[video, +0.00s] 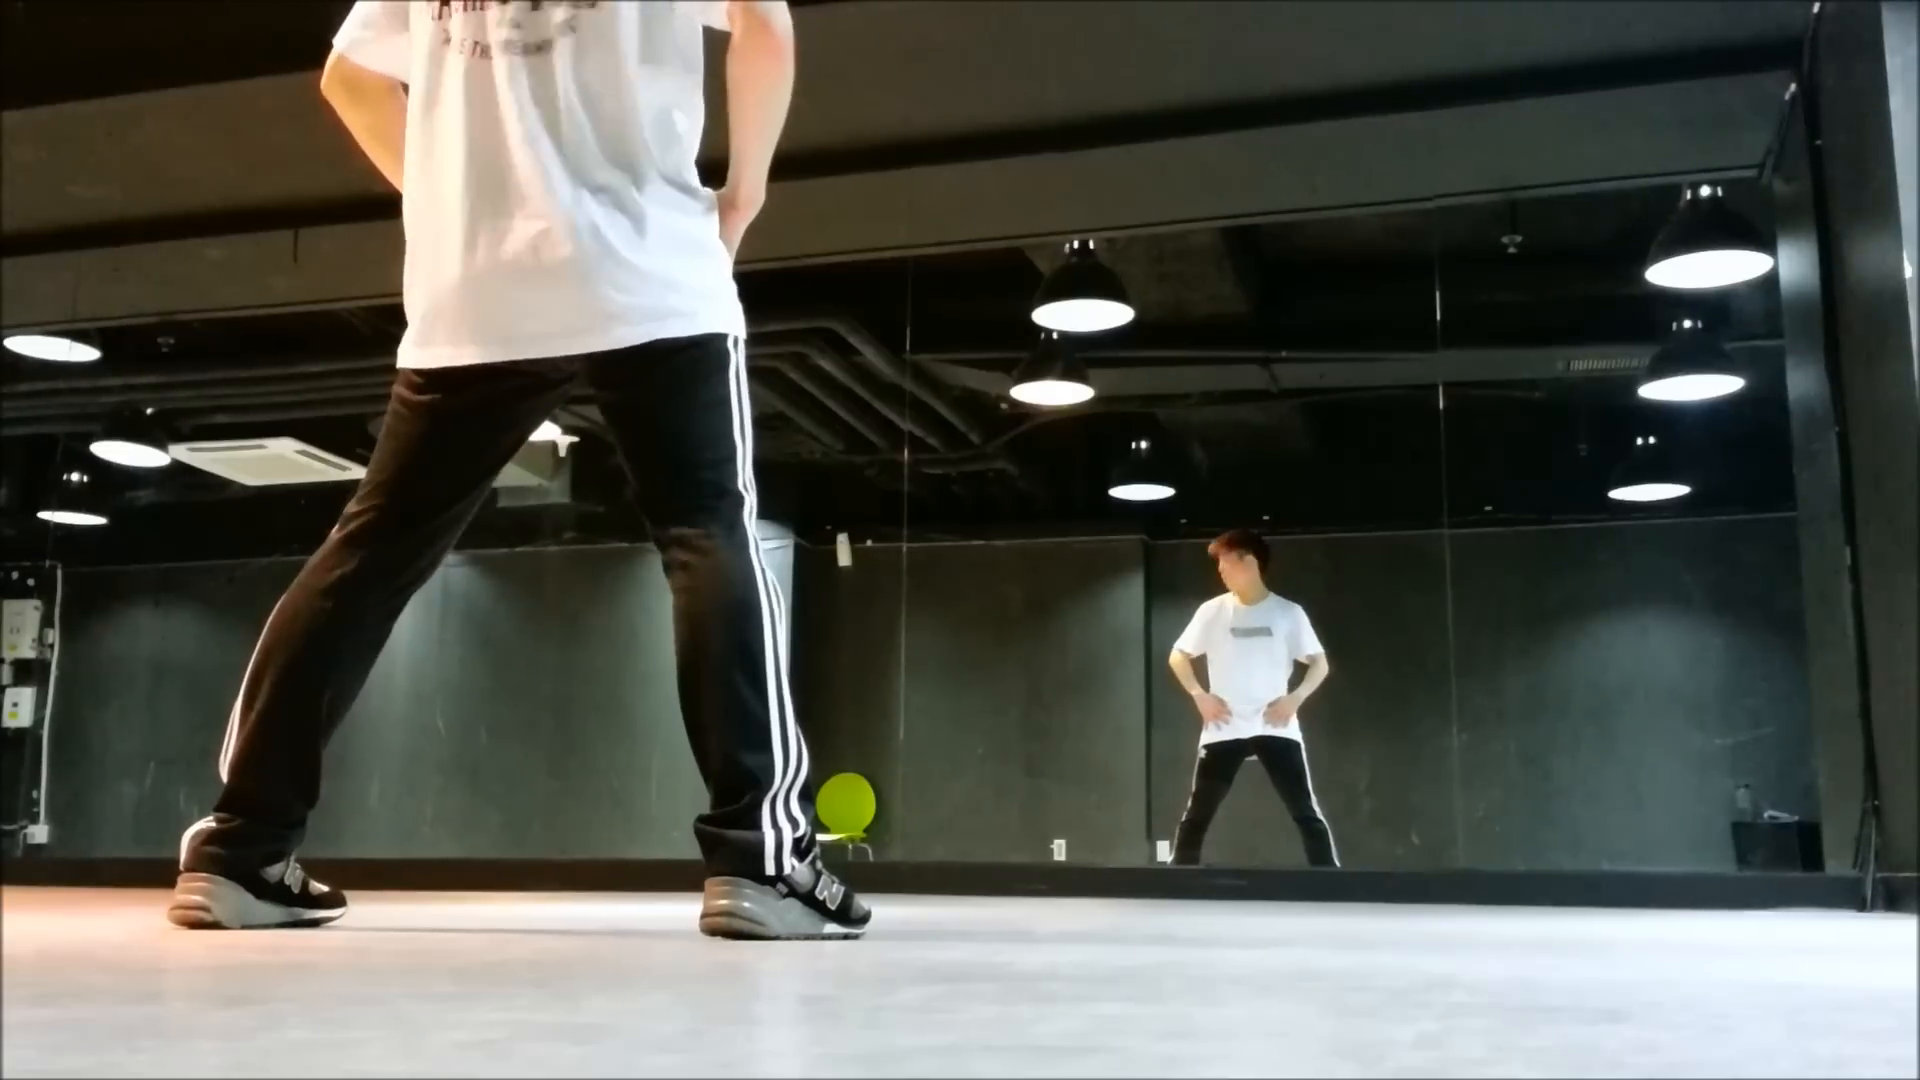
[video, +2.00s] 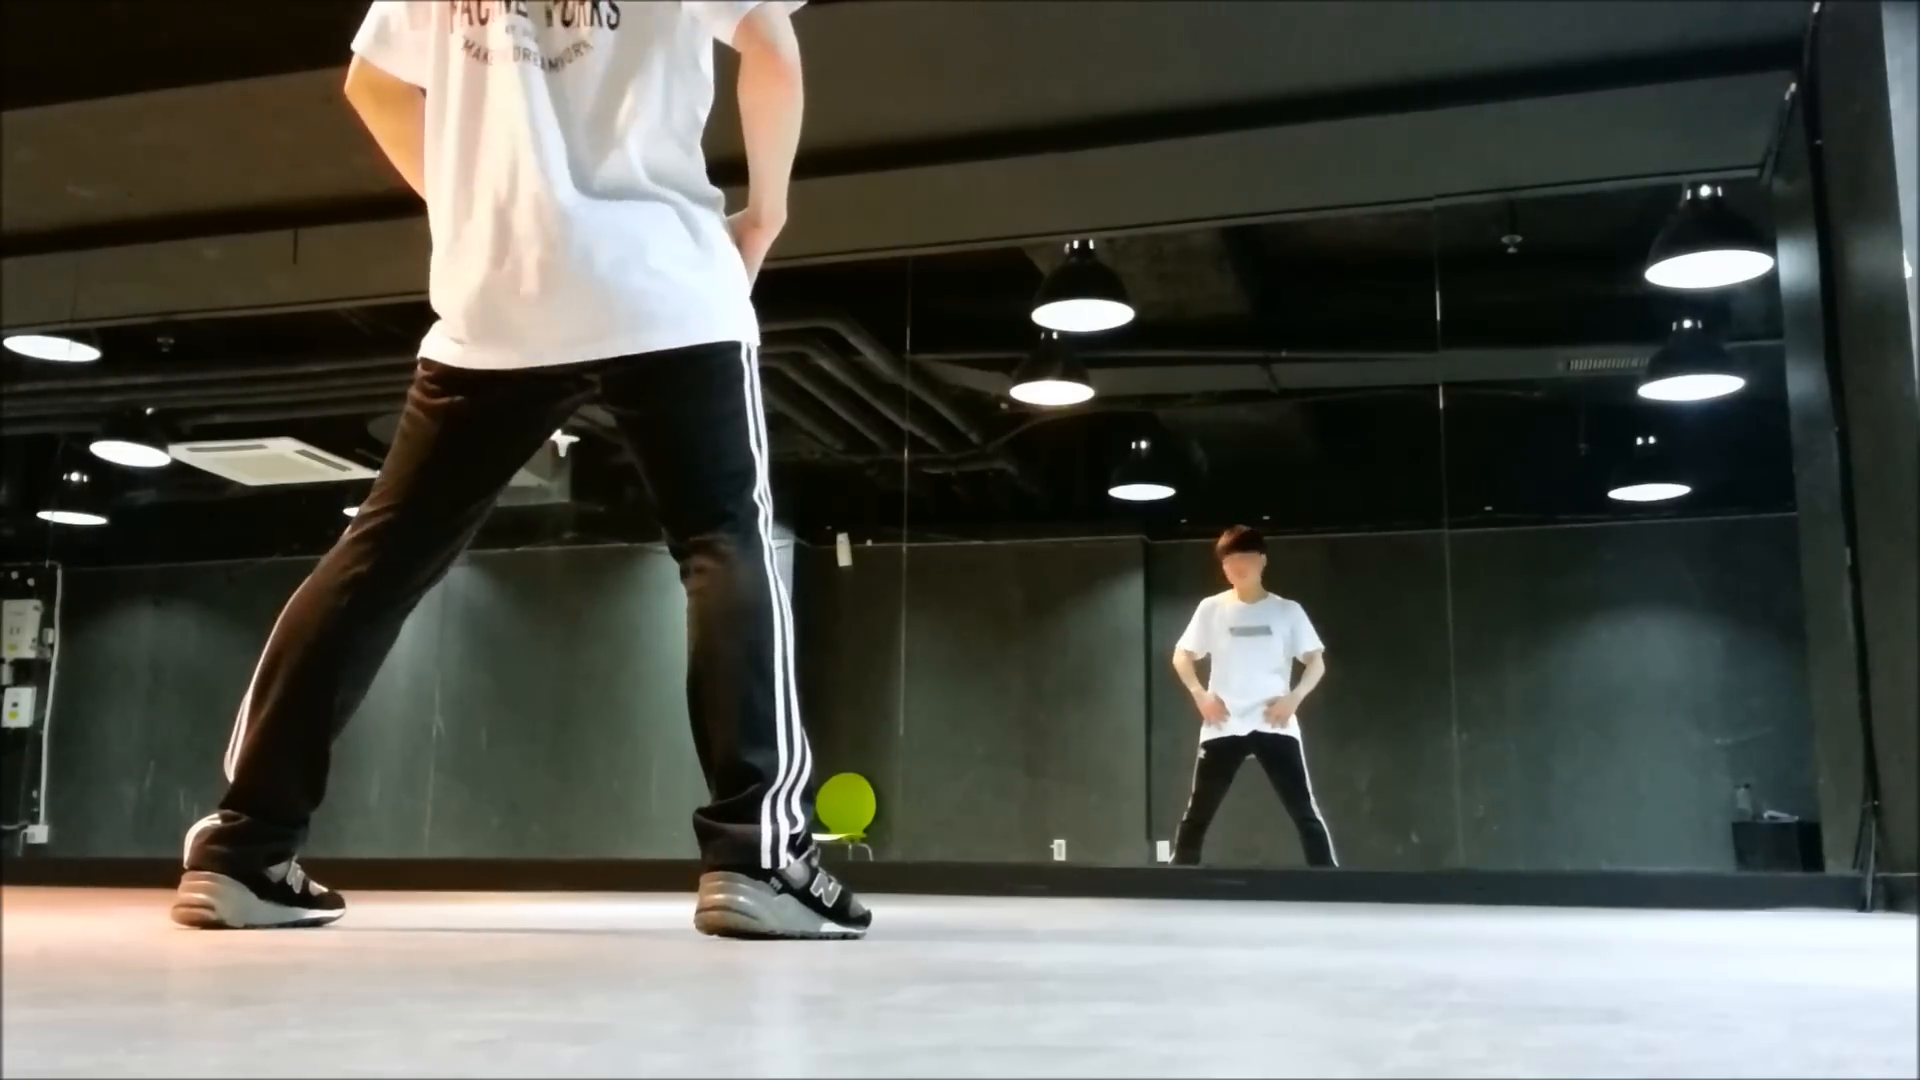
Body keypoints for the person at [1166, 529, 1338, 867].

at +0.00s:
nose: (1219, 570)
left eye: (1225, 562)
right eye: (1219, 563)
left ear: (1250, 561)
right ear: (1235, 565)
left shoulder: (1290, 613)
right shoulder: (1212, 611)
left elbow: (1320, 665)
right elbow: (1178, 656)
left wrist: (1293, 699)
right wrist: (1200, 696)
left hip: (1277, 729)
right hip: (1223, 730)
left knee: (1306, 814)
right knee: (1196, 816)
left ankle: (1333, 889)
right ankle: (1177, 892)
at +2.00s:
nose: (1238, 568)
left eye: (1246, 559)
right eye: (1231, 560)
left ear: (1263, 561)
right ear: (1223, 566)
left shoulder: (1288, 611)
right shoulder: (1211, 609)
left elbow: (1317, 665)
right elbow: (1181, 657)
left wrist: (1292, 700)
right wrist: (1201, 696)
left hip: (1275, 727)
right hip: (1223, 728)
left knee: (1305, 814)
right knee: (1197, 815)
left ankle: (1331, 890)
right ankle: (1178, 891)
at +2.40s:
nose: (1245, 559)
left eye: (1253, 553)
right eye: (1238, 553)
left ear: (1267, 563)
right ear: (1227, 562)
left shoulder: (1288, 610)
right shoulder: (1208, 611)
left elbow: (1322, 659)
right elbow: (1179, 662)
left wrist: (1297, 697)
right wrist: (1202, 699)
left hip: (1279, 728)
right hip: (1226, 729)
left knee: (1308, 816)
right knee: (1197, 817)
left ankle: (1332, 892)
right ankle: (1178, 893)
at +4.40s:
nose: (1236, 558)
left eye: (1244, 552)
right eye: (1229, 555)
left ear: (1261, 562)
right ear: (1222, 570)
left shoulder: (1290, 613)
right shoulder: (1211, 612)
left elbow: (1327, 659)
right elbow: (1175, 656)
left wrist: (1304, 697)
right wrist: (1198, 701)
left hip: (1279, 735)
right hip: (1227, 735)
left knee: (1302, 813)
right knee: (1197, 811)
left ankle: (1346, 883)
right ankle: (1155, 879)